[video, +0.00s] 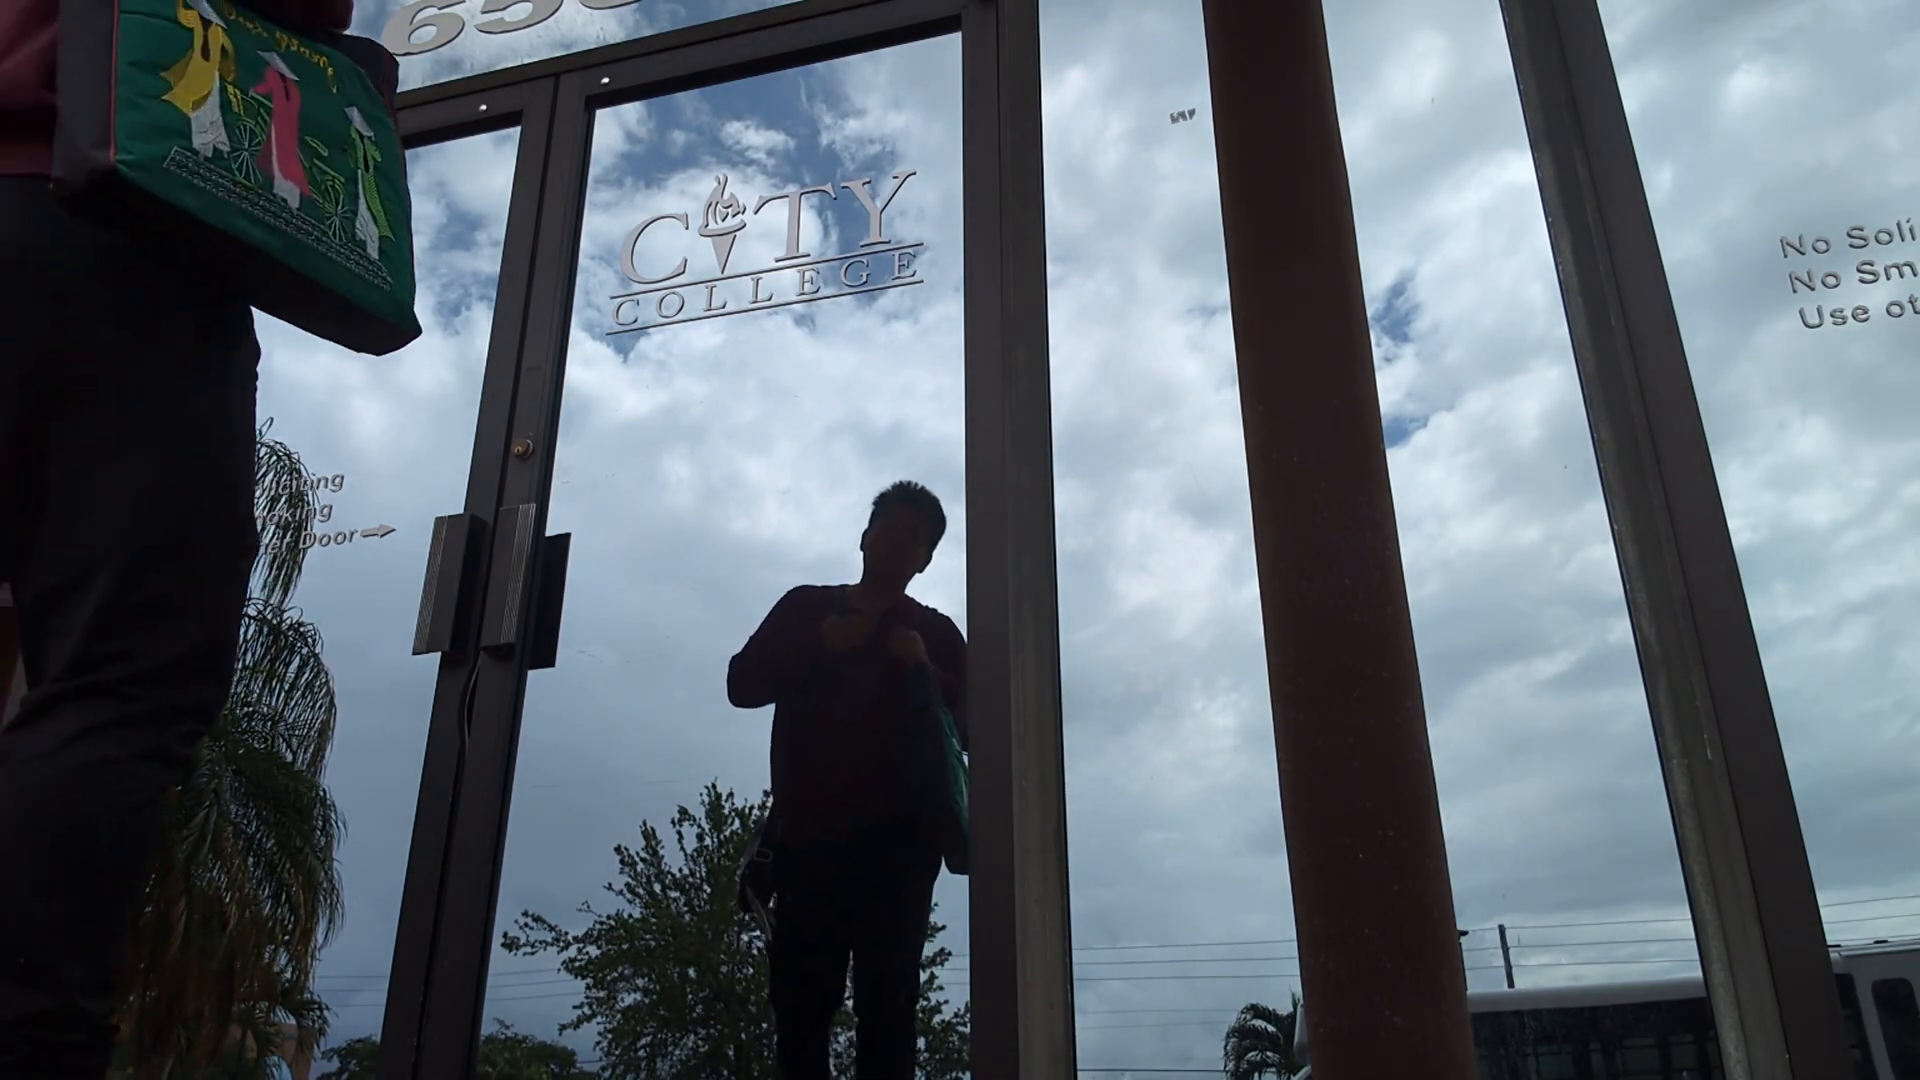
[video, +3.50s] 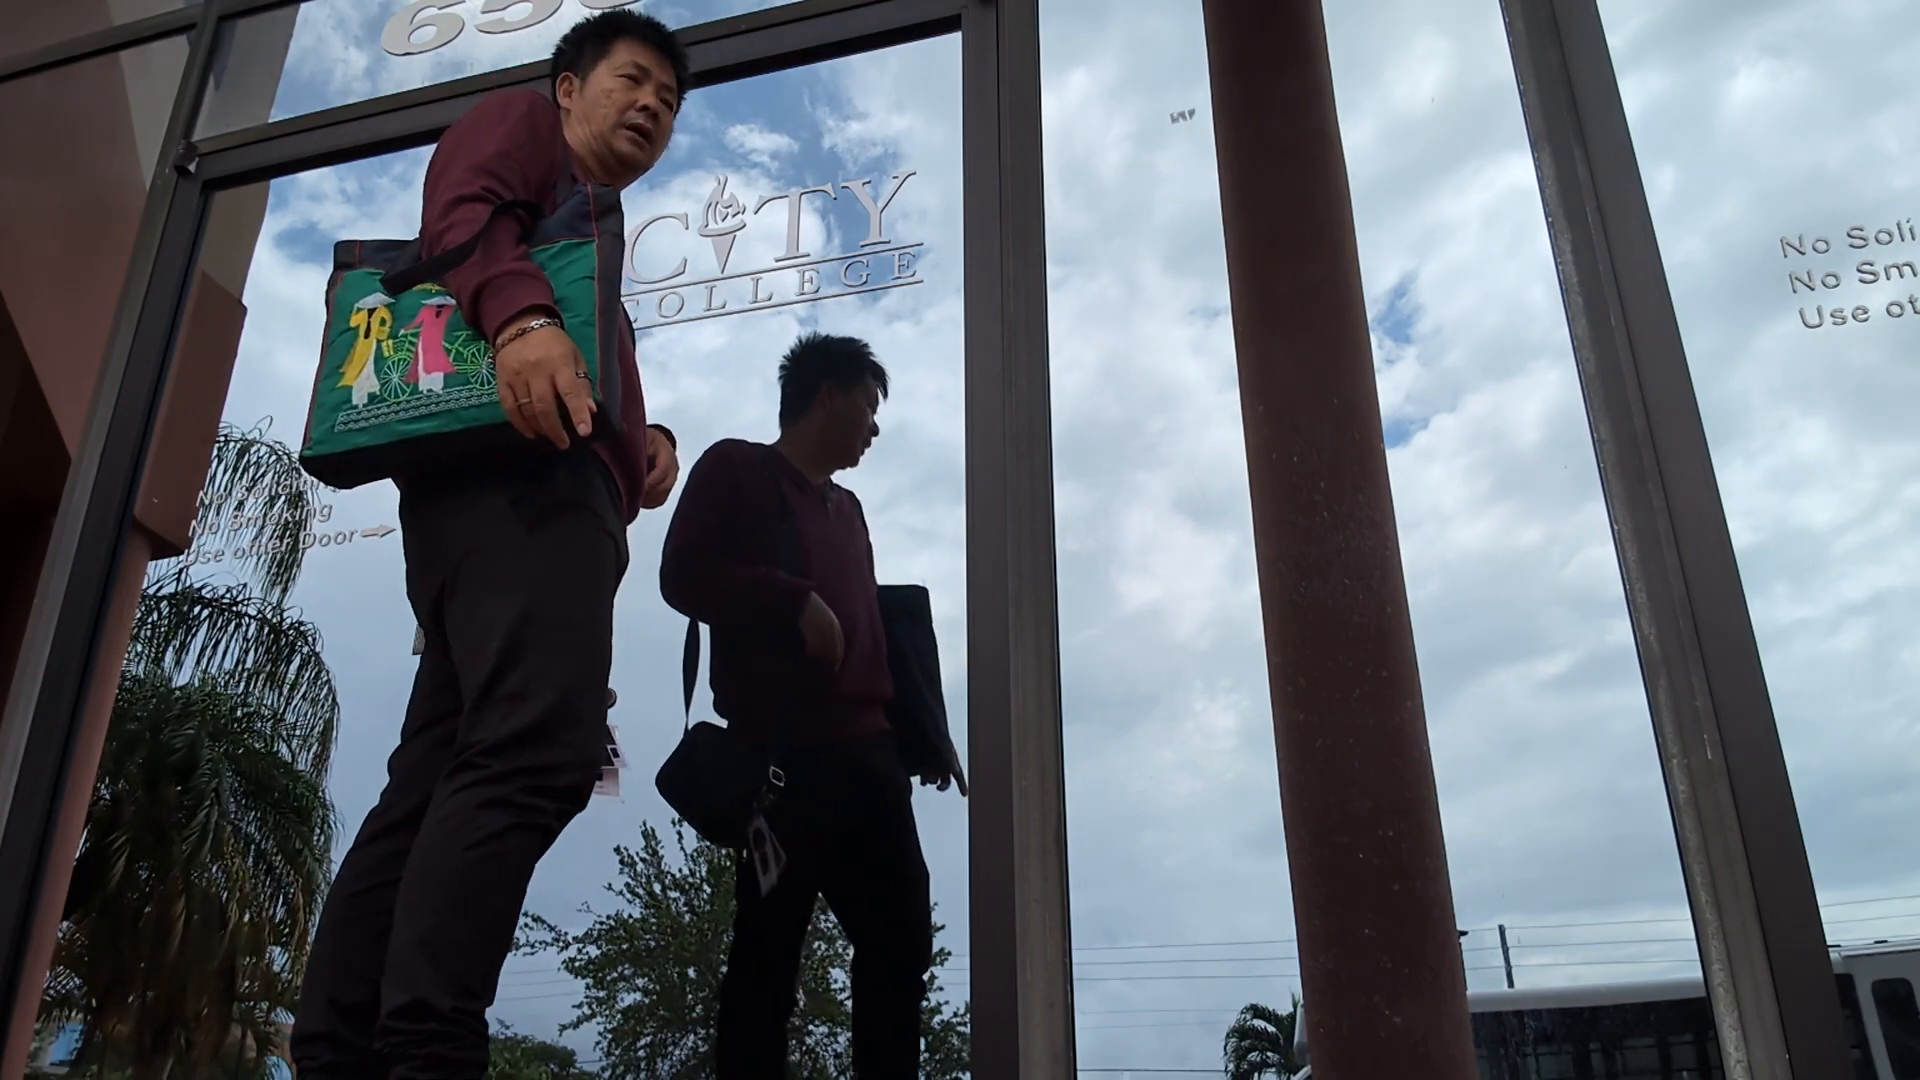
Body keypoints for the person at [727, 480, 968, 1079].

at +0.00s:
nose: (896, 545)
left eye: (913, 539)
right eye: (888, 530)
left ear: (927, 557)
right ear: (866, 534)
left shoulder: (939, 633)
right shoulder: (805, 606)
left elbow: (972, 732)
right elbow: (741, 687)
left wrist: (920, 666)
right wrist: (820, 643)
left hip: (902, 840)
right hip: (809, 832)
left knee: (889, 1008)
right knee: (800, 1009)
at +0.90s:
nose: (852, 443)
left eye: (868, 431)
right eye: (839, 429)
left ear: (894, 450)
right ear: (820, 444)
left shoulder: (919, 549)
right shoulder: (772, 522)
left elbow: (958, 659)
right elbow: (717, 624)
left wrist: (921, 590)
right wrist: (802, 579)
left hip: (896, 785)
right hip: (795, 777)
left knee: (888, 979)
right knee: (774, 972)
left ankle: (884, 1079)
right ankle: (759, 1076)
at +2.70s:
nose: (914, 440)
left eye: (918, 424)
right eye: (911, 419)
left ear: (868, 418)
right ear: (869, 411)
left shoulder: (874, 511)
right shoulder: (775, 461)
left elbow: (879, 629)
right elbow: (720, 563)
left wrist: (918, 710)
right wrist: (844, 578)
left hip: (884, 758)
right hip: (802, 751)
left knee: (896, 953)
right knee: (787, 948)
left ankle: (883, 1076)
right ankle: (760, 1071)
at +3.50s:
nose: (876, 426)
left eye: (879, 410)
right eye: (870, 406)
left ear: (833, 405)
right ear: (828, 398)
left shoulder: (847, 507)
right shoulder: (735, 464)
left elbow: (868, 636)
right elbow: (682, 576)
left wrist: (921, 731)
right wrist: (792, 599)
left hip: (865, 758)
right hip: (777, 757)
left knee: (899, 952)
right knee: (765, 961)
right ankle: (748, 1079)